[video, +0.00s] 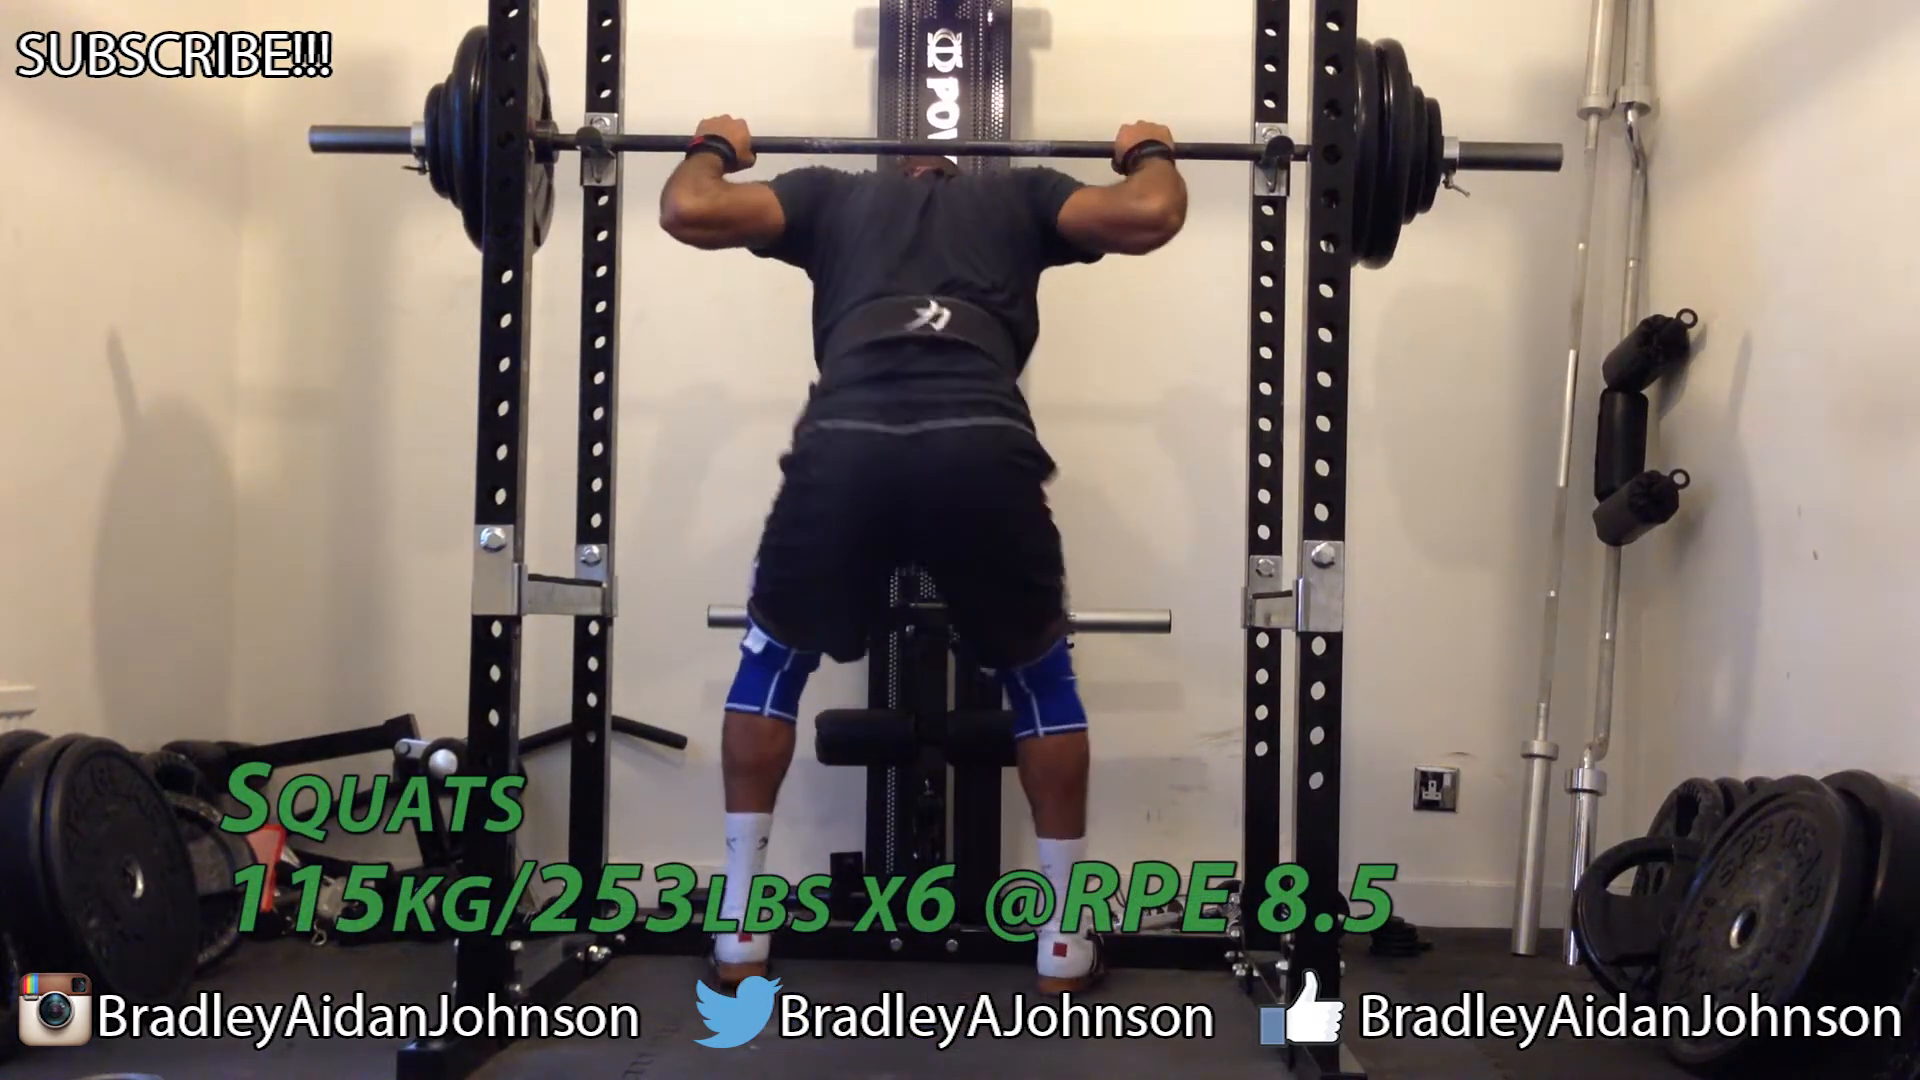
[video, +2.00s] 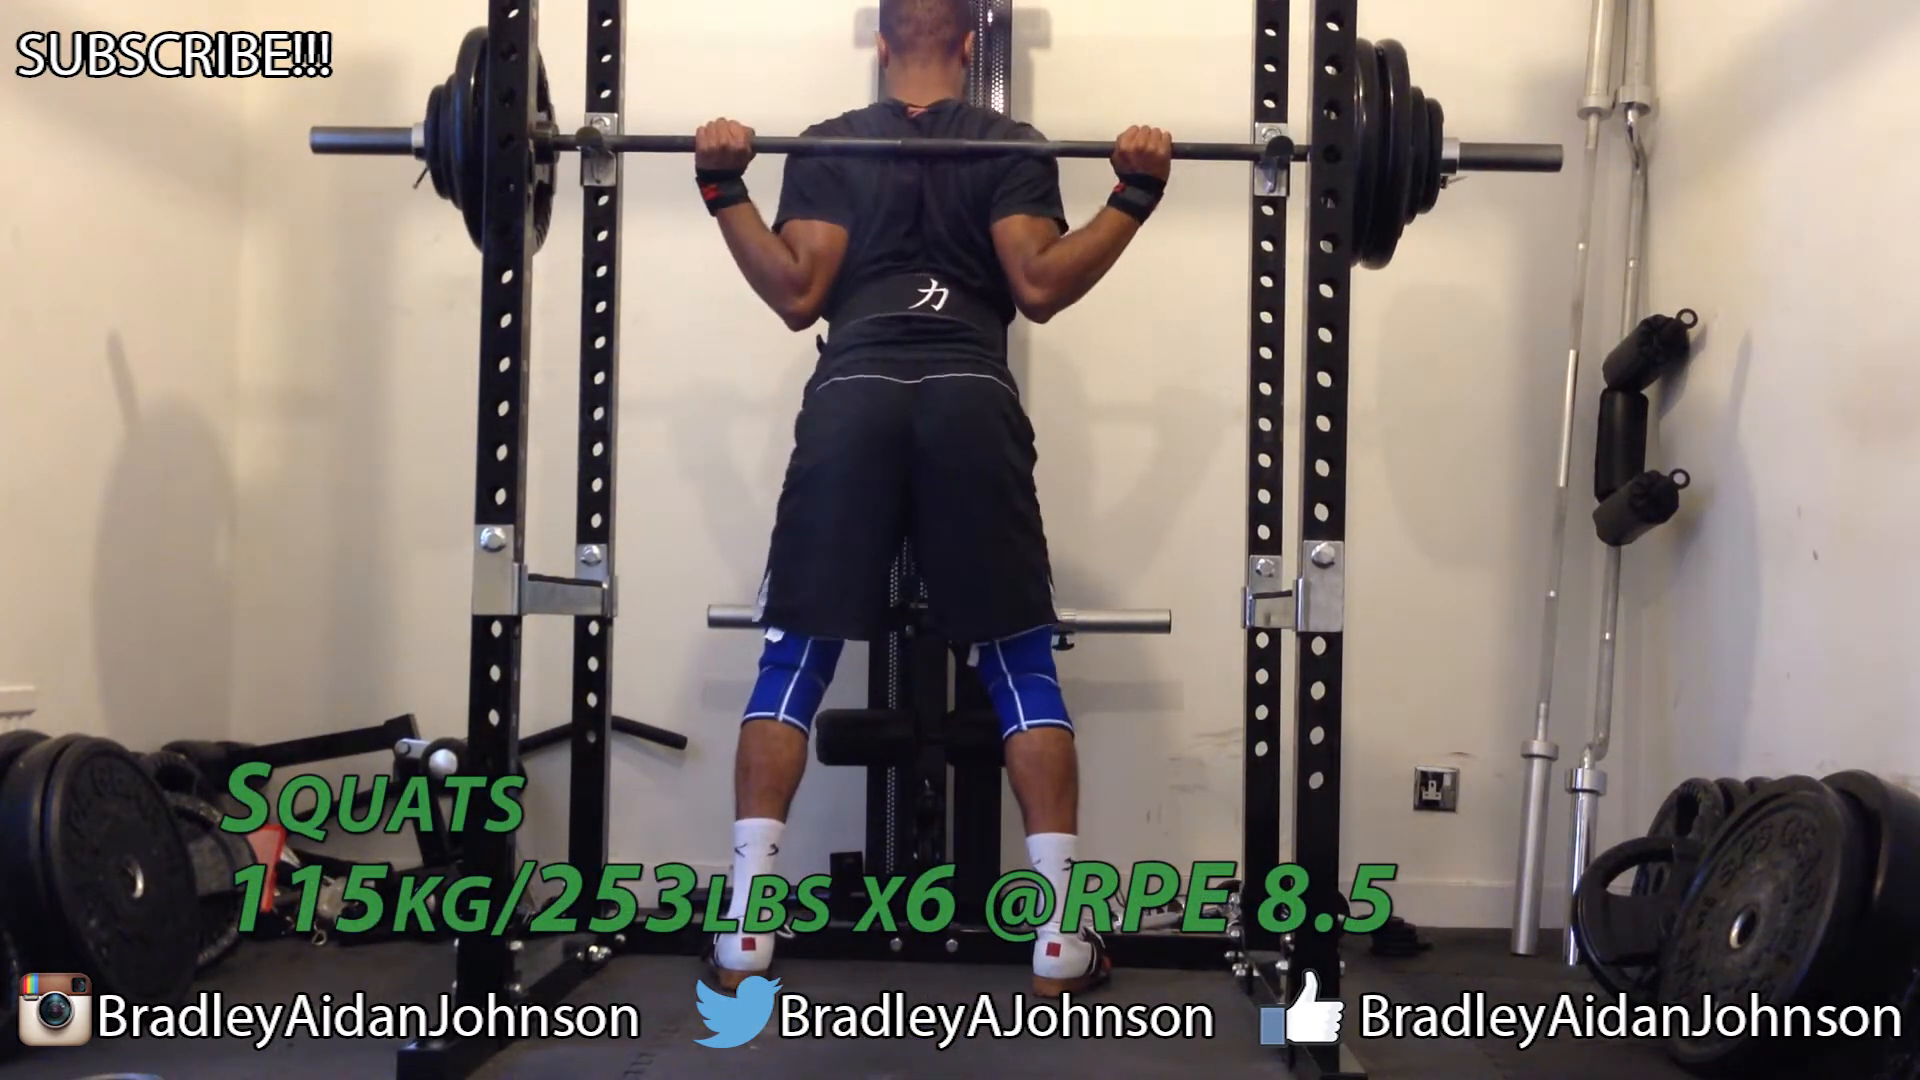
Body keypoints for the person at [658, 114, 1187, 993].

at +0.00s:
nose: (919, 151)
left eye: (904, 149)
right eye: (937, 148)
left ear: (887, 165)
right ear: (971, 166)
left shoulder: (832, 194)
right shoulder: (1020, 191)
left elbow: (686, 211)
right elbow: (1153, 216)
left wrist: (714, 148)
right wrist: (1151, 151)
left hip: (843, 455)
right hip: (982, 454)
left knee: (772, 661)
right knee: (1041, 677)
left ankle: (739, 917)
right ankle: (1064, 932)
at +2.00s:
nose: (884, 20)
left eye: (890, 11)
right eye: (908, 11)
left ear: (882, 37)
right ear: (969, 37)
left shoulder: (825, 143)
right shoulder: (1010, 144)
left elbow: (796, 293)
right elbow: (1040, 286)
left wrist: (724, 189)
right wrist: (1133, 195)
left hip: (849, 401)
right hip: (971, 404)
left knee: (795, 658)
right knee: (1022, 663)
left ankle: (749, 912)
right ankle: (1058, 922)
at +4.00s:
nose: (914, 117)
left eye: (894, 105)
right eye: (953, 104)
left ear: (879, 114)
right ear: (967, 114)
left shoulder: (836, 164)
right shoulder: (1001, 165)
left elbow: (783, 239)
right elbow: (1050, 232)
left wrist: (720, 169)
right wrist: (1136, 172)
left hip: (842, 421)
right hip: (973, 423)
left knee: (774, 664)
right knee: (1036, 677)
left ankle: (745, 918)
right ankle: (1061, 930)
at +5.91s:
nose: (936, 31)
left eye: (902, 21)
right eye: (959, 23)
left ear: (880, 40)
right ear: (968, 36)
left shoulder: (835, 105)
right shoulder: (995, 103)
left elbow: (774, 155)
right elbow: (1056, 151)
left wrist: (723, 99)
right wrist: (1136, 104)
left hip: (855, 392)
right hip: (982, 392)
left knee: (802, 652)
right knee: (1020, 658)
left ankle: (746, 923)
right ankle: (1061, 930)